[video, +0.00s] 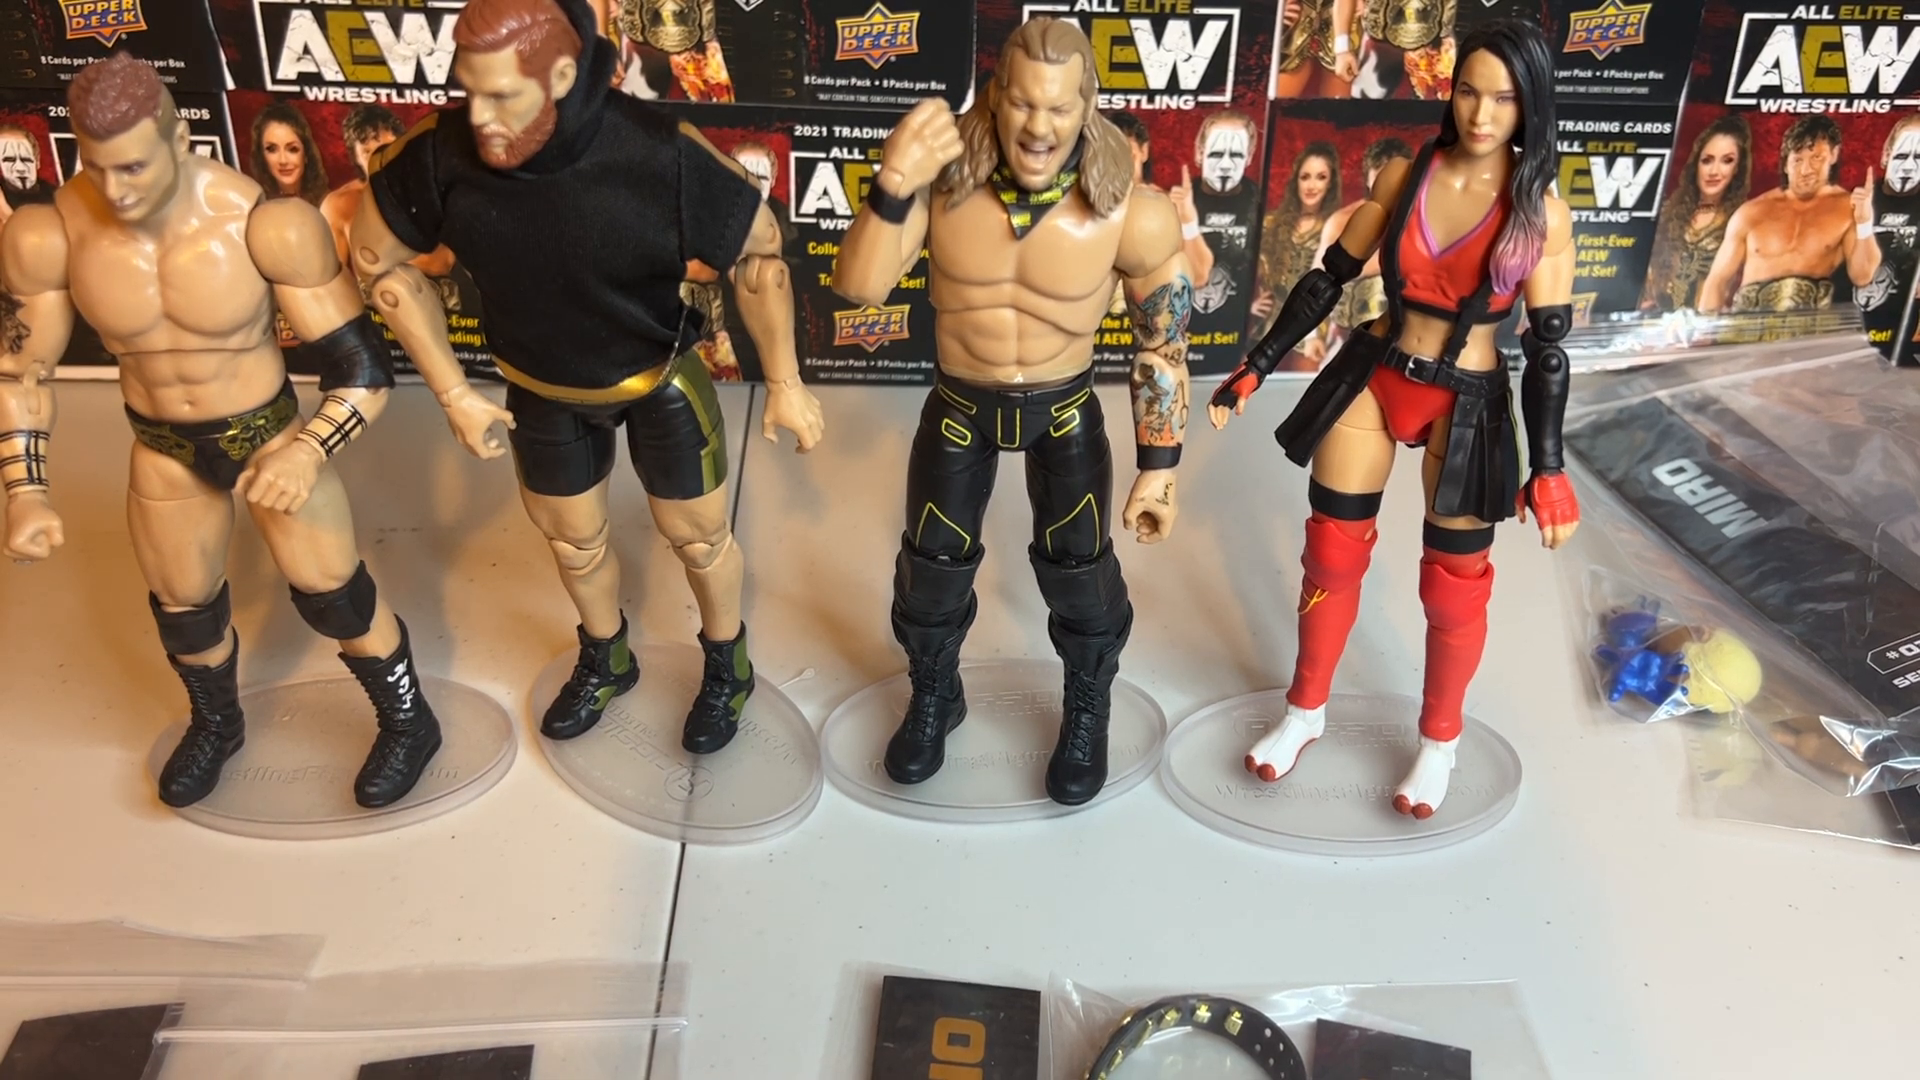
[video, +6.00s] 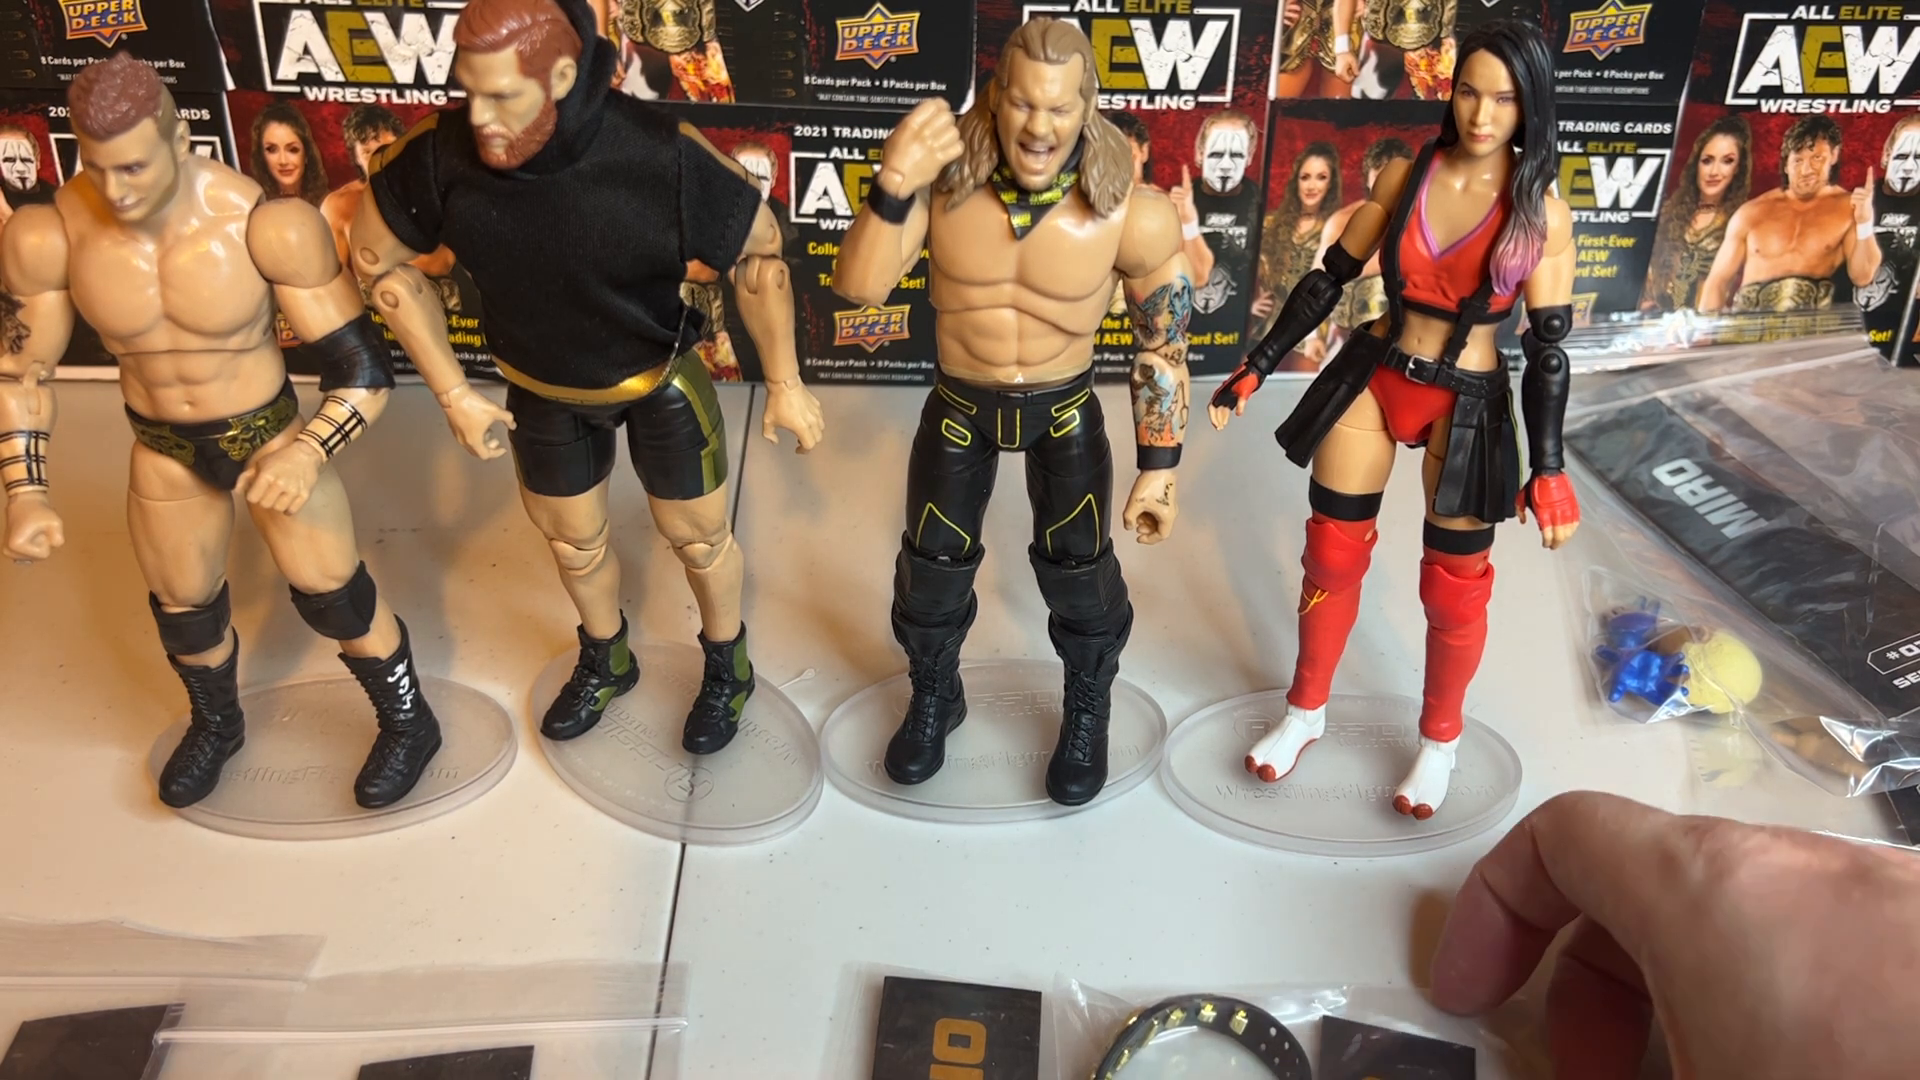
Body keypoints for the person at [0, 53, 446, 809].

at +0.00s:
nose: (118, 188)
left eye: (134, 167)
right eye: (100, 169)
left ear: (178, 138)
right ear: (80, 152)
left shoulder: (268, 225)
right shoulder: (52, 233)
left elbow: (363, 370)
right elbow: (23, 372)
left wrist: (311, 446)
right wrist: (21, 487)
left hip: (268, 441)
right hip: (161, 452)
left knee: (336, 599)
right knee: (186, 616)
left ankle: (409, 721)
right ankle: (217, 722)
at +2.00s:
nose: (117, 188)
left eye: (134, 167)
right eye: (100, 169)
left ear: (178, 138)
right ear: (81, 151)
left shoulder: (268, 225)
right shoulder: (54, 232)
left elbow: (362, 370)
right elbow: (23, 372)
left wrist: (312, 446)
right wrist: (22, 486)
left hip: (269, 440)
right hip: (161, 451)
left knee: (335, 598)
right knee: (186, 616)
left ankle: (408, 722)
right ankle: (216, 723)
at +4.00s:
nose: (118, 188)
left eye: (134, 167)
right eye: (100, 169)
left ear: (178, 138)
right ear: (80, 151)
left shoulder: (268, 225)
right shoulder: (53, 232)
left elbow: (362, 370)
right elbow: (23, 372)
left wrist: (312, 446)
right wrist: (22, 487)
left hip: (269, 440)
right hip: (161, 451)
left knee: (336, 599)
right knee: (186, 617)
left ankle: (408, 722)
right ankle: (216, 723)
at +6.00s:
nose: (118, 188)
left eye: (135, 167)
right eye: (101, 169)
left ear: (178, 138)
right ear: (80, 151)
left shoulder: (268, 225)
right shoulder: (52, 234)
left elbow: (362, 370)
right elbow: (22, 372)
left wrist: (311, 447)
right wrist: (22, 487)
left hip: (270, 441)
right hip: (161, 453)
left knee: (336, 598)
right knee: (186, 616)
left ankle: (408, 721)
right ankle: (216, 724)